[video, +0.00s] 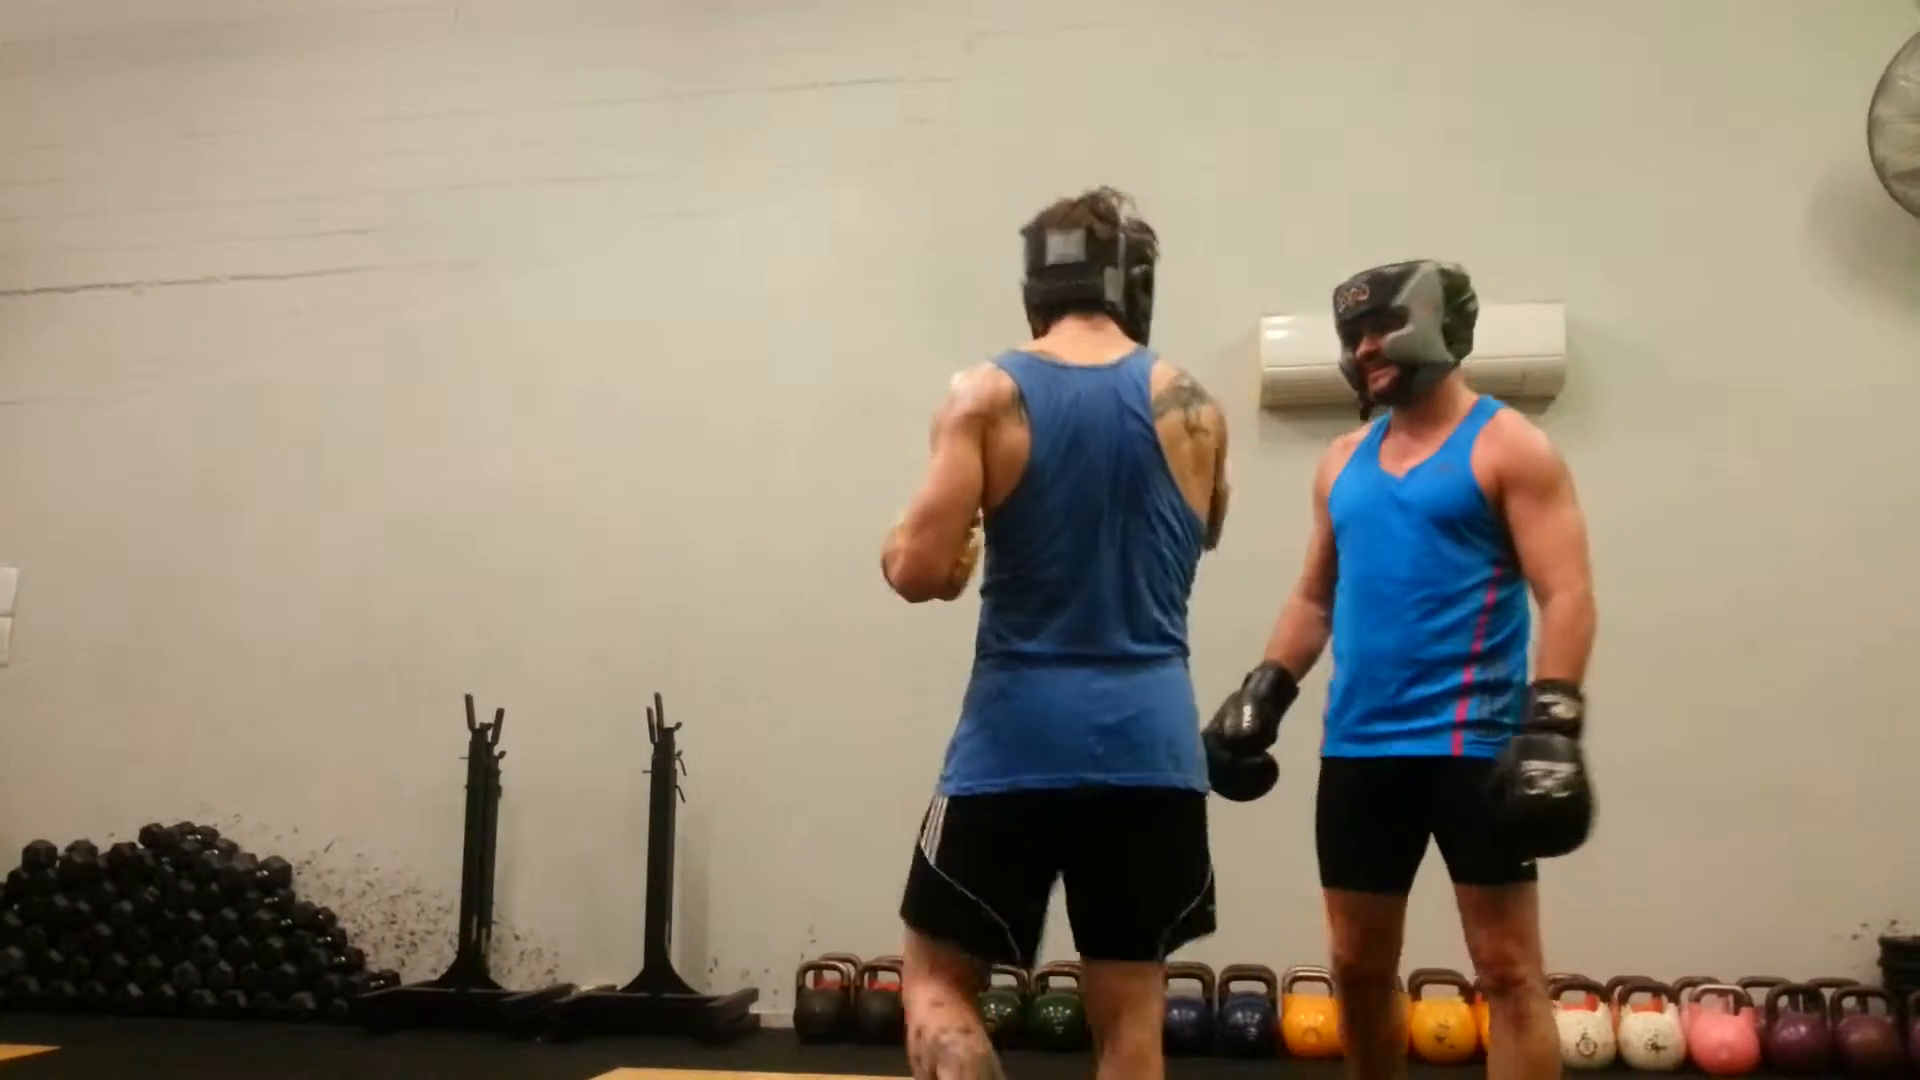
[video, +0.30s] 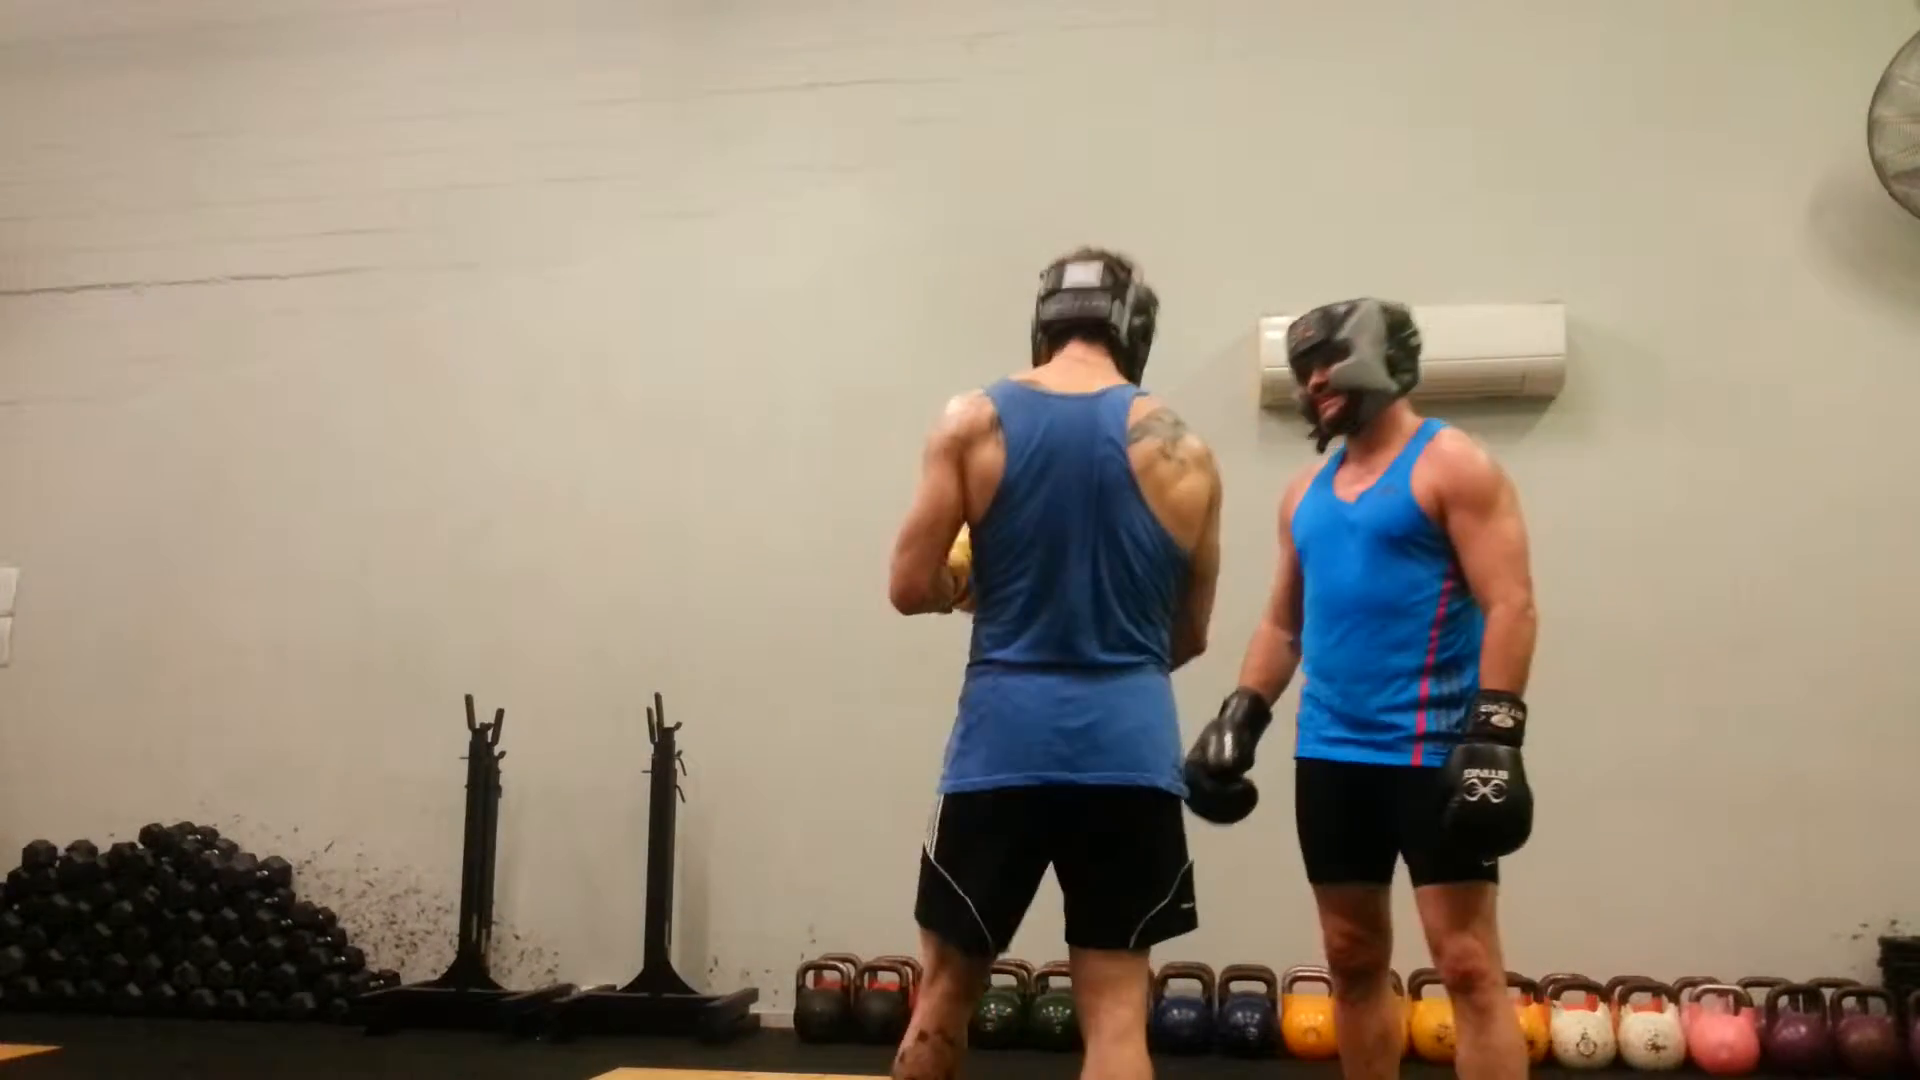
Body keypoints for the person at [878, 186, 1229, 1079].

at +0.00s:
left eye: (1031, 275)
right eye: (1141, 275)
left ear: (1032, 287)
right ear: (1138, 284)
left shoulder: (987, 395)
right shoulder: (1196, 408)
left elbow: (920, 573)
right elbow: (1199, 532)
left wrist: (930, 548)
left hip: (1013, 753)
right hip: (1151, 755)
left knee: (939, 986)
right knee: (1132, 1019)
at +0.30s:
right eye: (1148, 329)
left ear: (1042, 327)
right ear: (1138, 331)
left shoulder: (975, 420)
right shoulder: (1185, 452)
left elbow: (912, 587)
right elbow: (1186, 636)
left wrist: (982, 576)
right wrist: (1094, 614)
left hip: (1000, 763)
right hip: (1129, 767)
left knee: (940, 1010)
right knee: (1116, 1015)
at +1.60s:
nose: (1143, 375)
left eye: (1139, 360)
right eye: (1137, 361)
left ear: (1039, 372)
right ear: (1122, 372)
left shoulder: (976, 461)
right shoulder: (1134, 485)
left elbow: (903, 563)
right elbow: (1147, 658)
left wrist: (988, 611)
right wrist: (1194, 741)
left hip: (982, 758)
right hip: (1090, 762)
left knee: (974, 962)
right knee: (1111, 974)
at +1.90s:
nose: (1200, 395)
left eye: (1200, 383)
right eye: (1197, 381)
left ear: (1102, 378)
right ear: (1181, 379)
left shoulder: (1033, 455)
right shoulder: (1200, 484)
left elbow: (957, 540)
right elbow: (1219, 651)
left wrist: (1042, 578)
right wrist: (1220, 741)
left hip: (1041, 755)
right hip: (1146, 760)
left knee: (1029, 949)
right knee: (1137, 980)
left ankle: (980, 1078)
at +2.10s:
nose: (1223, 408)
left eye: (1225, 397)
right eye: (1224, 395)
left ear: (1130, 382)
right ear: (1207, 387)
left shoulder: (1057, 451)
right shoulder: (1221, 486)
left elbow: (986, 535)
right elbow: (1247, 649)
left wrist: (1073, 564)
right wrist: (1220, 727)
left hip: (1054, 751)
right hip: (1157, 758)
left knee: (1075, 952)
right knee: (1143, 979)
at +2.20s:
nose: (1232, 413)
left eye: (1234, 402)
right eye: (1232, 399)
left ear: (1139, 386)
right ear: (1214, 392)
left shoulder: (1066, 454)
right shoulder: (1224, 486)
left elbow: (999, 535)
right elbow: (1254, 648)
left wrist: (1092, 563)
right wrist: (1216, 721)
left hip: (1060, 756)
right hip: (1161, 761)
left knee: (1094, 972)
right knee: (1145, 986)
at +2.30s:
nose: (1236, 417)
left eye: (1238, 405)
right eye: (1235, 403)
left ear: (1142, 392)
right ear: (1216, 398)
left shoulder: (1070, 460)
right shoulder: (1226, 487)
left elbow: (1012, 540)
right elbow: (1259, 642)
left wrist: (1098, 574)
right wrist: (1207, 708)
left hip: (1069, 759)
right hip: (1165, 763)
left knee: (1107, 981)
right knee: (1149, 987)